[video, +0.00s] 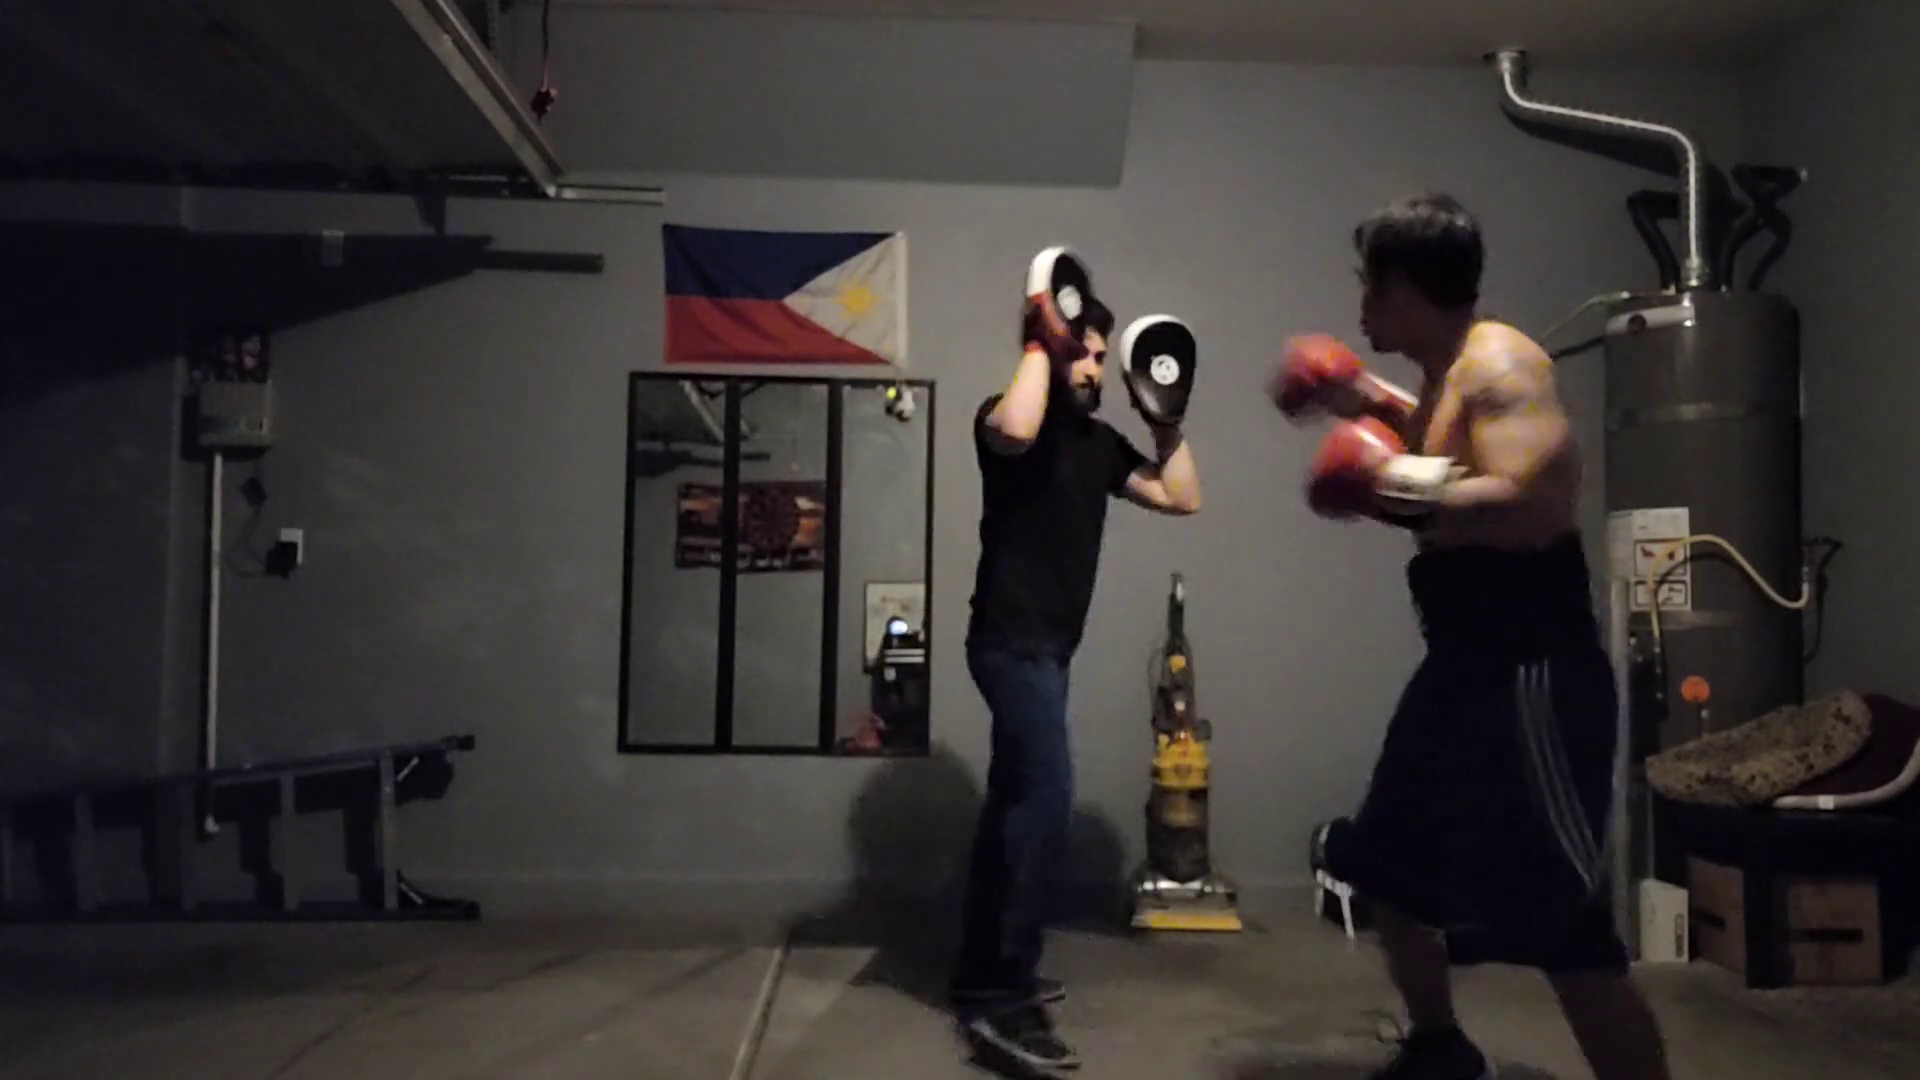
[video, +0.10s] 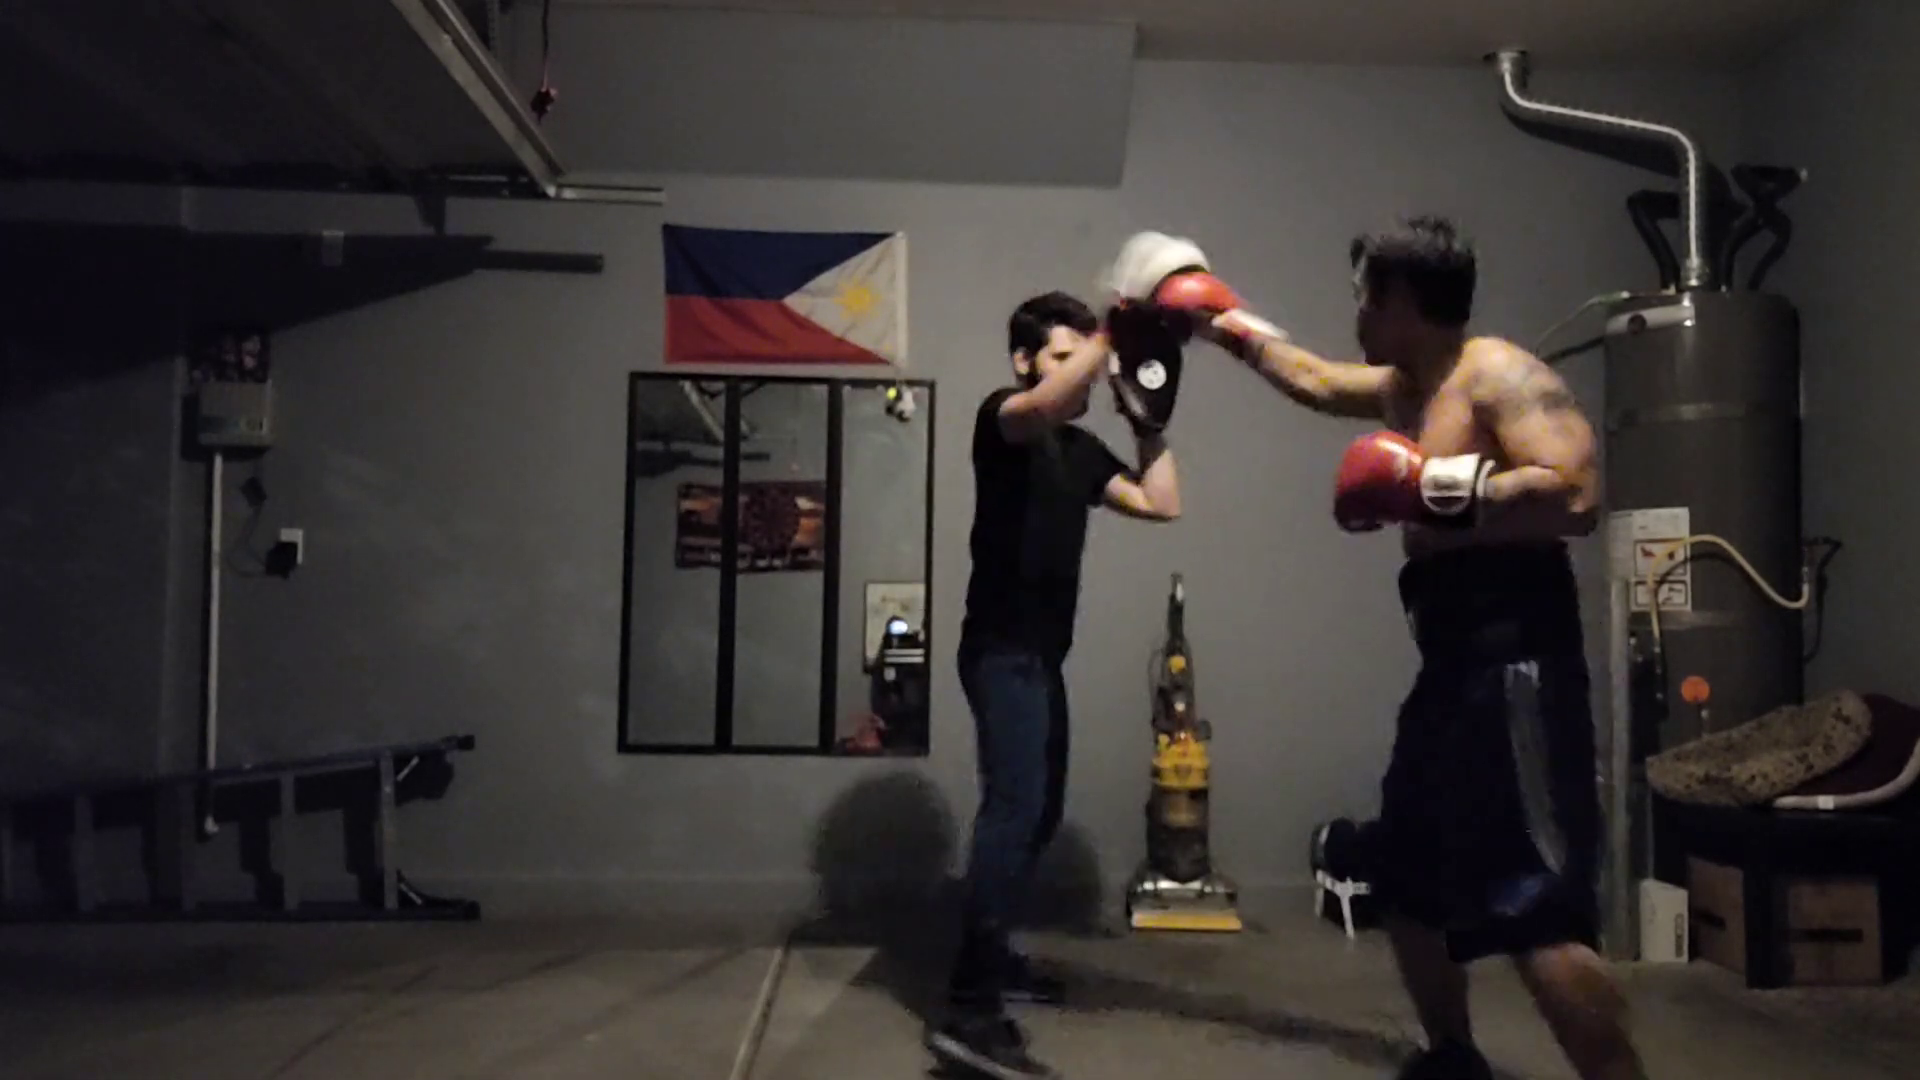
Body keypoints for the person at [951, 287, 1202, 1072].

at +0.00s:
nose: (1095, 355)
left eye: (1100, 345)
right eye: (1083, 343)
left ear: (1101, 353)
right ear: (1049, 348)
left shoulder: (1096, 436)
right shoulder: (1010, 414)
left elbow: (1180, 497)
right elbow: (1017, 429)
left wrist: (1164, 415)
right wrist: (1041, 345)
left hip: (1051, 648)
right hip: (1010, 644)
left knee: (1015, 810)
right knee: (1043, 799)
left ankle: (993, 983)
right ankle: (995, 995)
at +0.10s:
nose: (1088, 362)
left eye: (1088, 353)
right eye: (1073, 350)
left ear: (1071, 366)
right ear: (1028, 361)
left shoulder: (1079, 445)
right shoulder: (1001, 416)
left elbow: (1160, 503)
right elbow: (1049, 402)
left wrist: (1147, 417)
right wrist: (1106, 341)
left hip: (1044, 655)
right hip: (1000, 652)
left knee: (1042, 810)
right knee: (1013, 808)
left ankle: (990, 957)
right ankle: (969, 1004)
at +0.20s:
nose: (1067, 376)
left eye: (1070, 362)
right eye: (1054, 362)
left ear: (1051, 369)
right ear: (1009, 365)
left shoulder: (1064, 451)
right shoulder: (985, 421)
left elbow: (1149, 506)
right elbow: (1027, 385)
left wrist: (1128, 418)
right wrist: (1087, 313)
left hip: (1041, 665)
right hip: (994, 662)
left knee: (1037, 815)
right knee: (1001, 818)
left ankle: (987, 960)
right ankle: (958, 1026)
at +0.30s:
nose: (1045, 356)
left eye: (1049, 343)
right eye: (1032, 341)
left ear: (1050, 356)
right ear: (992, 350)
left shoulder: (1060, 436)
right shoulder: (962, 424)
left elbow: (1144, 495)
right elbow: (953, 444)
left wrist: (1138, 404)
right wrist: (1031, 365)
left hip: (1033, 657)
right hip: (981, 658)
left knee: (1001, 828)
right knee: (982, 837)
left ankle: (984, 964)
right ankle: (954, 1033)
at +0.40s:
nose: (1032, 352)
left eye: (1040, 341)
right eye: (1017, 339)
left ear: (1047, 346)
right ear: (974, 342)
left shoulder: (1056, 420)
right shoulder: (938, 419)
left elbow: (1149, 465)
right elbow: (892, 500)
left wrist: (1165, 388)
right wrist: (965, 435)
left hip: (1021, 654)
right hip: (965, 654)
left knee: (986, 832)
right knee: (976, 841)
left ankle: (928, 973)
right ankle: (952, 1033)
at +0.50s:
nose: (1033, 353)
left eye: (1038, 338)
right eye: (1019, 338)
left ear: (1034, 340)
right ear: (973, 338)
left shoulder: (1035, 420)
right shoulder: (937, 417)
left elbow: (1131, 470)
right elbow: (888, 509)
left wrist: (1135, 395)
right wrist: (938, 492)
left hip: (997, 657)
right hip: (955, 657)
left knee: (979, 828)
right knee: (984, 837)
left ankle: (930, 978)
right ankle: (952, 1033)